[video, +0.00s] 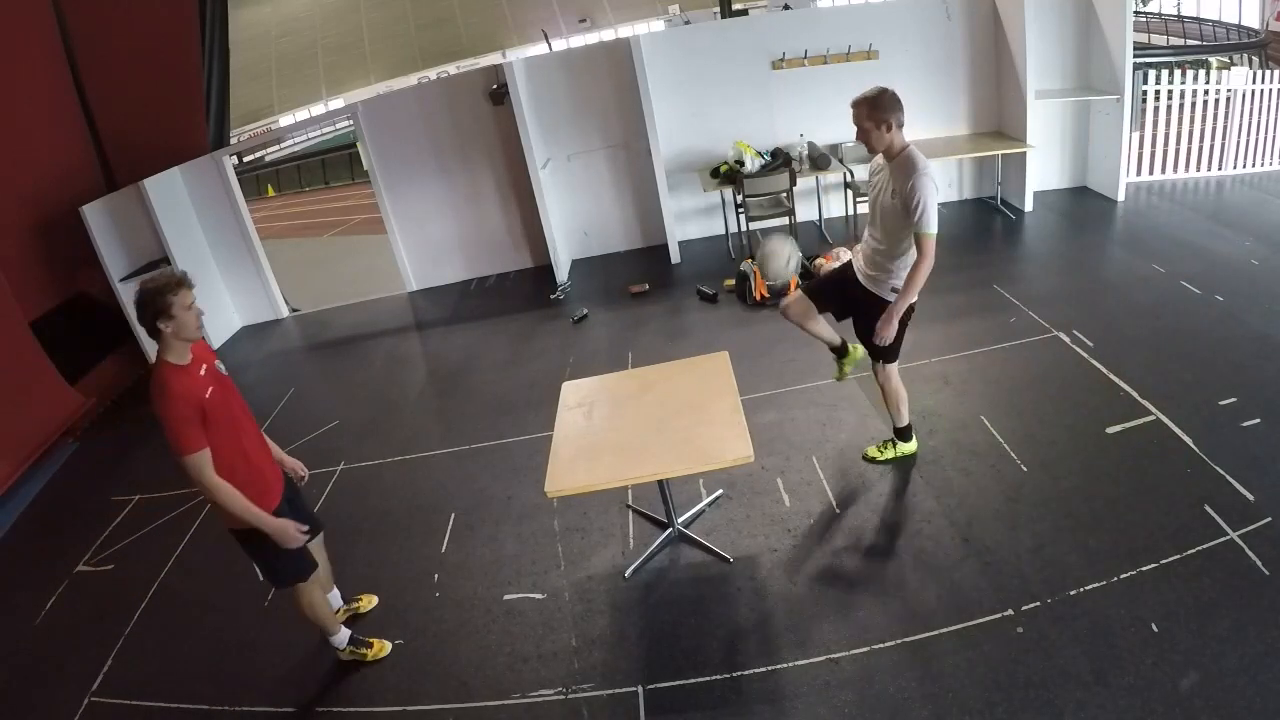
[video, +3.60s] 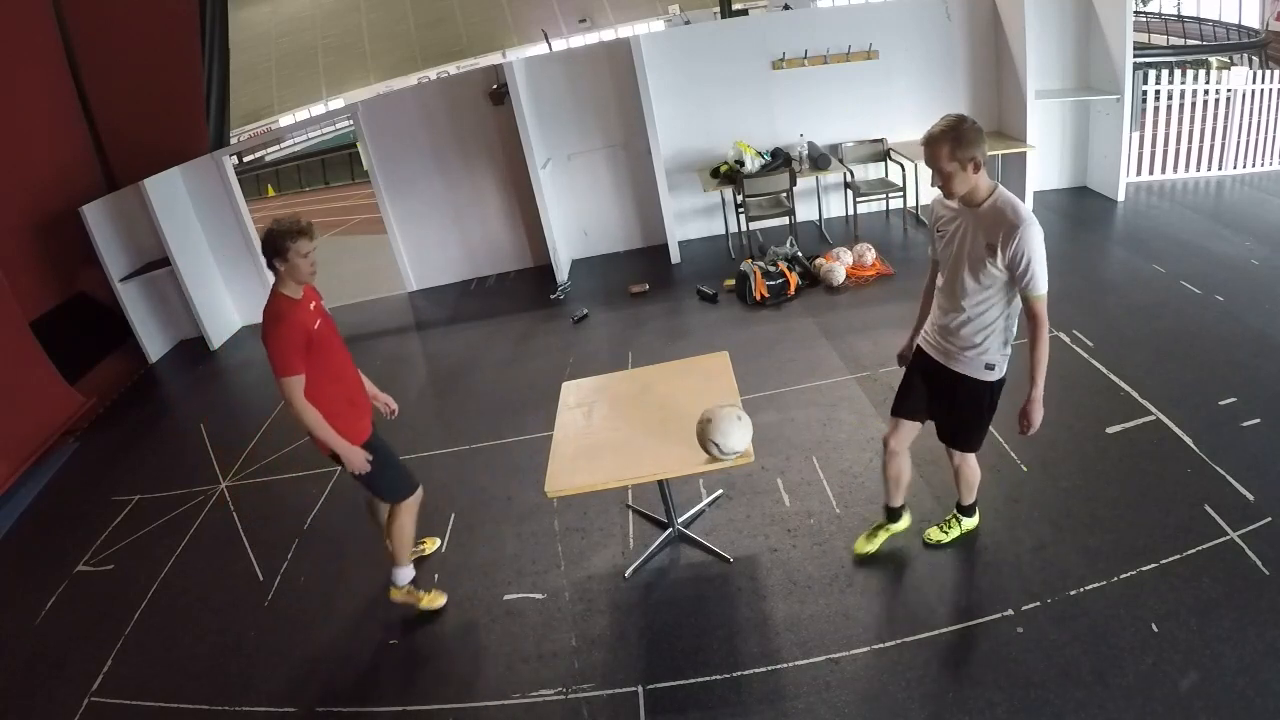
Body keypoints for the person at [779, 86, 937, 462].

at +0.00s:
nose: (857, 137)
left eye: (861, 128)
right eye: (856, 128)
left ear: (888, 125)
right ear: (887, 125)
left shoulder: (919, 180)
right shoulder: (880, 162)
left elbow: (927, 256)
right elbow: (880, 227)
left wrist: (895, 312)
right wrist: (852, 256)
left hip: (888, 292)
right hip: (857, 270)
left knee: (885, 371)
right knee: (793, 309)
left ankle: (904, 438)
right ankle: (844, 350)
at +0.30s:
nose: (861, 135)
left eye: (866, 127)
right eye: (860, 126)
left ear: (892, 125)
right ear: (883, 125)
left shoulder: (918, 177)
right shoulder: (877, 164)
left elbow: (919, 254)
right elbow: (878, 227)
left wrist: (891, 309)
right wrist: (855, 258)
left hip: (892, 294)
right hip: (859, 279)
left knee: (883, 369)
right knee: (815, 345)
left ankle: (903, 438)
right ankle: (853, 388)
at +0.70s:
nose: (860, 137)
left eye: (865, 129)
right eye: (857, 129)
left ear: (892, 127)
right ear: (877, 129)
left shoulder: (925, 175)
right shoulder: (871, 172)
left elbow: (951, 246)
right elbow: (866, 224)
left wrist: (929, 306)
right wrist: (835, 260)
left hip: (922, 289)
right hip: (888, 282)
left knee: (902, 377)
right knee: (877, 355)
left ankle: (939, 454)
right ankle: (882, 412)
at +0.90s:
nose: (883, 141)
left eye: (889, 134)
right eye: (882, 133)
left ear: (917, 134)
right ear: (904, 135)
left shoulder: (950, 187)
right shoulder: (898, 180)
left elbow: (969, 260)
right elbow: (893, 231)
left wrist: (939, 314)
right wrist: (870, 279)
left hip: (947, 304)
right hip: (908, 292)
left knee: (957, 391)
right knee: (887, 358)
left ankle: (1009, 459)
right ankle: (882, 411)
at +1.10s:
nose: (912, 147)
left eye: (919, 139)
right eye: (910, 138)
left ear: (948, 142)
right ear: (924, 140)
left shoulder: (981, 195)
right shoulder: (922, 186)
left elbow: (998, 274)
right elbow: (930, 247)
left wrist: (963, 329)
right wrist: (931, 293)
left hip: (982, 308)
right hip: (941, 297)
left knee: (988, 394)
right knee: (915, 361)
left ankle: (1013, 464)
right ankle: (897, 417)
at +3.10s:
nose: (912, 177)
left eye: (915, 167)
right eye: (909, 167)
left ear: (946, 159)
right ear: (939, 161)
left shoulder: (991, 219)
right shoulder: (939, 201)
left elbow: (1008, 314)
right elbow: (937, 274)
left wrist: (973, 383)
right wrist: (919, 329)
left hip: (972, 355)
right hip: (937, 339)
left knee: (962, 442)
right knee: (923, 410)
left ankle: (967, 512)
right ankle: (935, 461)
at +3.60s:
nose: (935, 181)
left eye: (941, 171)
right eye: (932, 170)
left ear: (974, 166)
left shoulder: (1017, 225)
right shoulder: (943, 209)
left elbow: (1038, 318)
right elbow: (935, 279)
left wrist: (1036, 395)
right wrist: (915, 337)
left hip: (976, 365)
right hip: (931, 348)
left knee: (961, 451)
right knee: (894, 441)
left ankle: (966, 516)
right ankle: (894, 517)